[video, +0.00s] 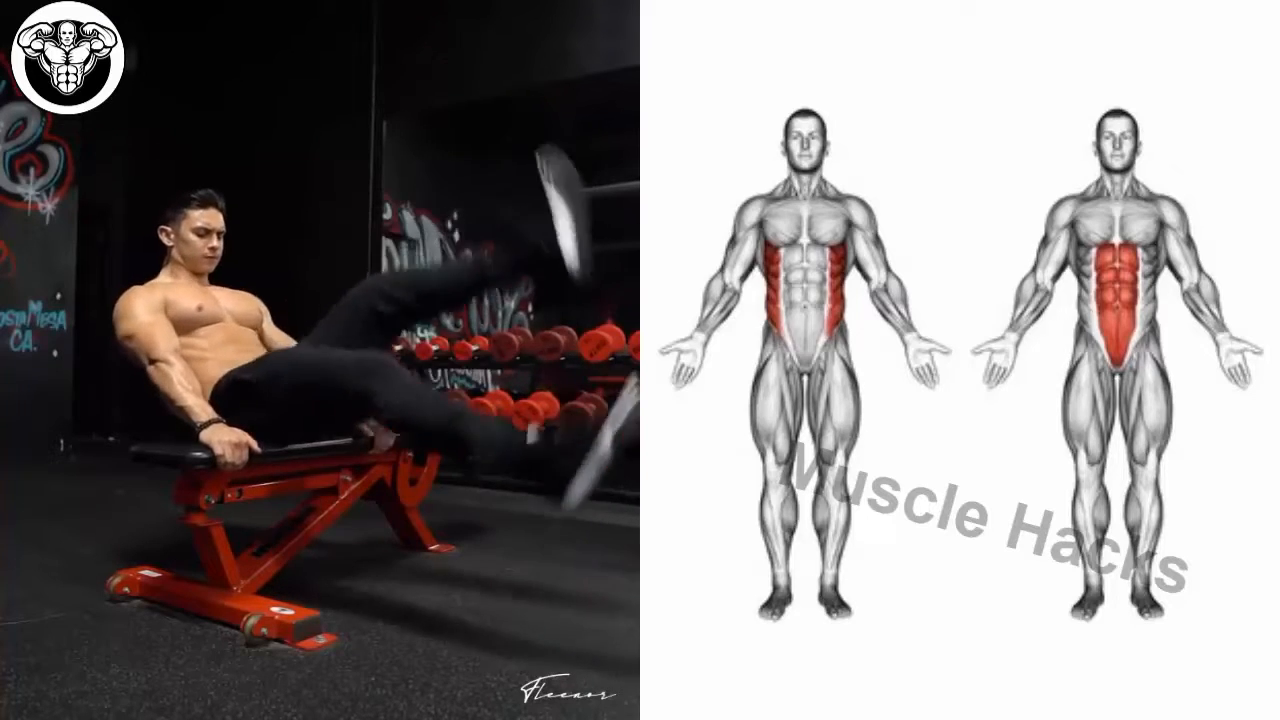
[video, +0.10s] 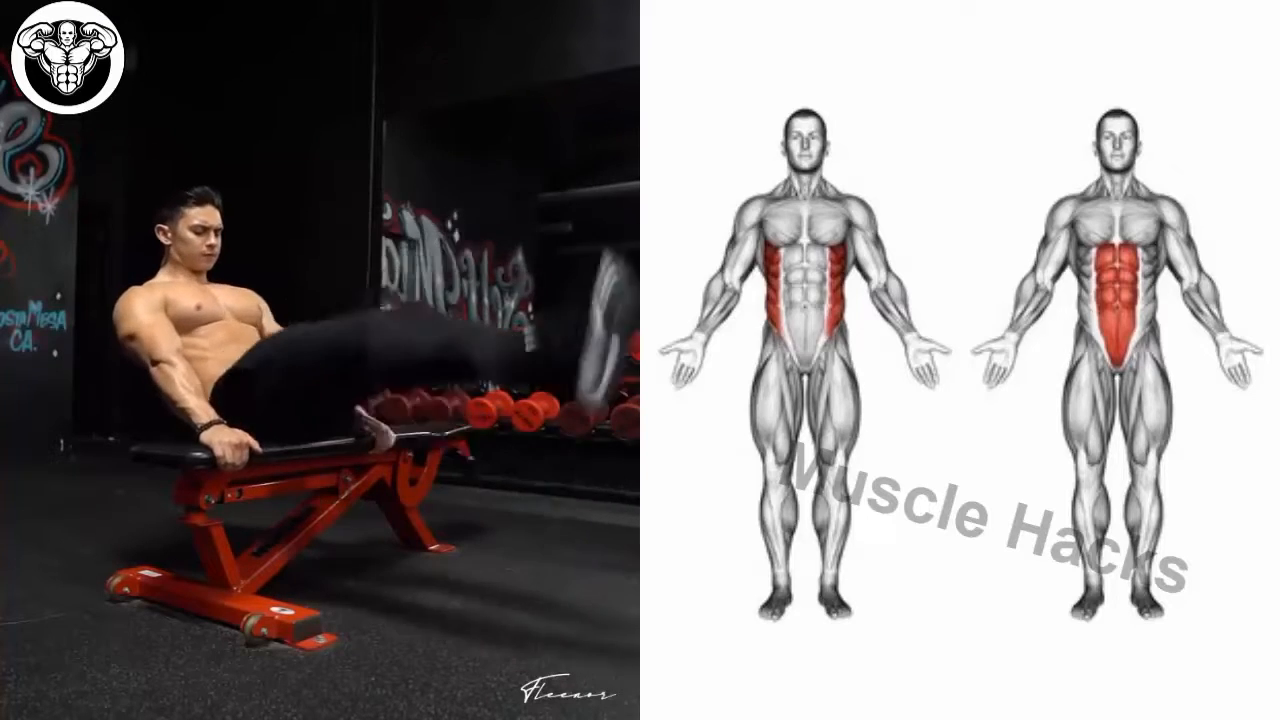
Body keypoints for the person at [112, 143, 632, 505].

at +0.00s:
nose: (214, 244)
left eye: (219, 235)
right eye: (202, 233)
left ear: (222, 242)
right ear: (168, 236)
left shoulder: (245, 299)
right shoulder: (140, 301)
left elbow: (303, 357)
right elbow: (164, 364)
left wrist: (364, 410)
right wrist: (208, 424)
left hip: (296, 383)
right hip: (242, 397)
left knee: (378, 294)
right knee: (368, 366)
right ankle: (535, 458)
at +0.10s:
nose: (211, 242)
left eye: (216, 233)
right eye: (199, 231)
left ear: (219, 239)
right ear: (165, 236)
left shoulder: (247, 297)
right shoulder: (140, 300)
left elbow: (292, 363)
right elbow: (165, 365)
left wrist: (355, 413)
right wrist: (210, 424)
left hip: (291, 396)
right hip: (238, 401)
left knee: (405, 328)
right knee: (364, 338)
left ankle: (561, 369)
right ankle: (546, 357)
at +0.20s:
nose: (213, 238)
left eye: (217, 229)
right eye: (199, 228)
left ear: (221, 235)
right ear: (166, 235)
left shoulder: (250, 294)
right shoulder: (142, 299)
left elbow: (303, 357)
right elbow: (166, 364)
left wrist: (360, 421)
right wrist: (210, 424)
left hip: (305, 401)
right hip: (246, 400)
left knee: (430, 369)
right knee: (346, 295)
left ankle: (574, 470)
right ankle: (529, 262)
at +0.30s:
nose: (217, 237)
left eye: (223, 228)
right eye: (204, 227)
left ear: (226, 232)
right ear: (171, 231)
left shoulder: (251, 291)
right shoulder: (144, 297)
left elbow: (299, 340)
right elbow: (166, 366)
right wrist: (210, 426)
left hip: (304, 395)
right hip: (243, 393)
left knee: (427, 416)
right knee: (337, 281)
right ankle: (487, 206)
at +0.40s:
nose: (219, 238)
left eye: (224, 229)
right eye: (206, 228)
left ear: (227, 234)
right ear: (171, 230)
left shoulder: (252, 289)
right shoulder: (144, 296)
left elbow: (305, 330)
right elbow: (164, 367)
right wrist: (209, 427)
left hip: (301, 392)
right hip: (241, 388)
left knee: (428, 421)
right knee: (334, 281)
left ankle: (529, 572)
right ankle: (480, 200)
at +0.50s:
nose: (215, 239)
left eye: (221, 230)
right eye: (202, 229)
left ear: (225, 235)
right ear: (168, 232)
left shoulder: (251, 293)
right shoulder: (143, 298)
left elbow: (302, 350)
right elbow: (163, 366)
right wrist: (210, 426)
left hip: (302, 396)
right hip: (242, 393)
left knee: (425, 398)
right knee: (336, 299)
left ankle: (539, 532)